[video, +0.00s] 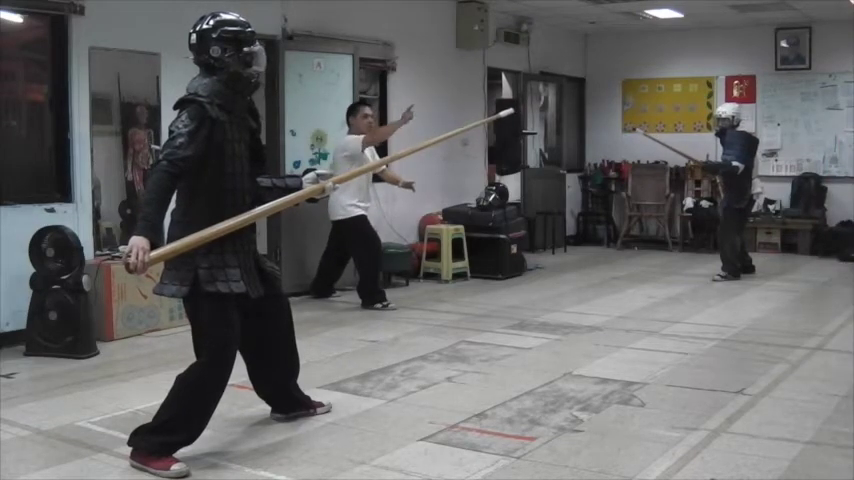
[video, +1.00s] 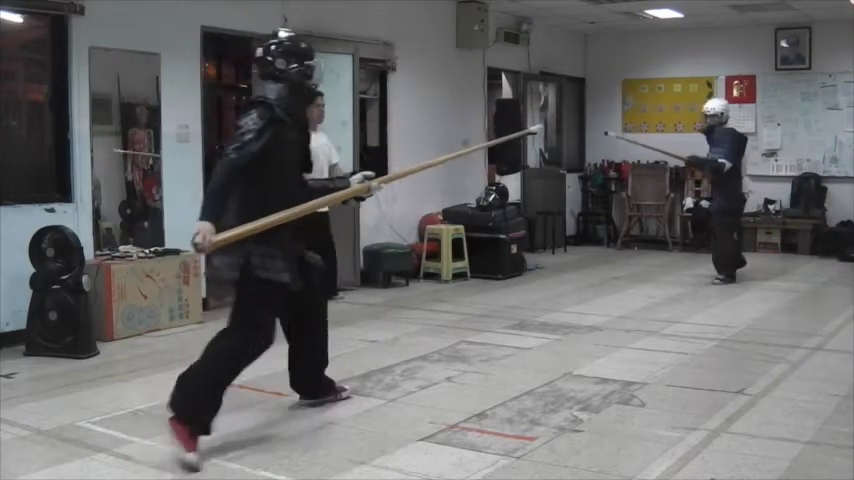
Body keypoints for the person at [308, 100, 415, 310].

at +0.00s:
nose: (371, 120)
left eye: (372, 117)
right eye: (365, 117)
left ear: (372, 120)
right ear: (351, 120)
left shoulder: (368, 149)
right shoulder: (345, 143)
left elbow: (382, 171)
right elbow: (375, 138)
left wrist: (400, 182)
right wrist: (400, 123)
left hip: (355, 207)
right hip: (345, 208)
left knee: (337, 251)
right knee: (370, 246)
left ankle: (321, 288)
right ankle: (371, 298)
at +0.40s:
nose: (369, 118)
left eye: (369, 115)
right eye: (363, 115)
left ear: (367, 119)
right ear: (349, 119)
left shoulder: (361, 147)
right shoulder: (348, 140)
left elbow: (377, 173)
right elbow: (372, 145)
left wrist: (397, 187)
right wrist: (397, 132)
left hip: (351, 208)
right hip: (345, 208)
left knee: (356, 247)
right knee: (372, 244)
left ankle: (327, 282)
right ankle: (372, 297)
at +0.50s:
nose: (361, 118)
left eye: (362, 114)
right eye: (356, 114)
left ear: (362, 120)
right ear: (342, 120)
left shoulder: (346, 143)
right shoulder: (344, 144)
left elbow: (364, 175)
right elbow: (363, 172)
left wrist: (387, 186)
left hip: (344, 208)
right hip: (344, 208)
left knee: (357, 250)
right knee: (368, 247)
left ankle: (330, 283)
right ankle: (372, 298)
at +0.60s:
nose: (353, 116)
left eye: (354, 112)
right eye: (348, 112)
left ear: (354, 117)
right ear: (335, 118)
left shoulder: (350, 145)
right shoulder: (331, 144)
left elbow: (359, 179)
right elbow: (327, 179)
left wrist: (373, 204)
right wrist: (337, 210)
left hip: (351, 210)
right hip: (336, 211)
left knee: (350, 254)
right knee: (356, 254)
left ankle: (326, 289)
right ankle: (371, 297)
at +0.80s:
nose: (340, 111)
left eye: (341, 107)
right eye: (335, 107)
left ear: (340, 111)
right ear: (322, 112)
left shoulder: (342, 139)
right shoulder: (313, 137)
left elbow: (344, 169)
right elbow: (300, 169)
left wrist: (348, 190)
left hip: (337, 202)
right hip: (316, 203)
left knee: (335, 247)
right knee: (328, 247)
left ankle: (321, 289)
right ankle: (337, 293)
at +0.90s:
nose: (331, 110)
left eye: (332, 106)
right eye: (326, 106)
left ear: (331, 109)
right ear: (313, 110)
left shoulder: (331, 136)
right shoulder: (306, 136)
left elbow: (334, 164)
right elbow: (299, 165)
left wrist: (338, 185)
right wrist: (300, 190)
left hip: (328, 189)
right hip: (311, 191)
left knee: (331, 240)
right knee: (317, 242)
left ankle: (332, 285)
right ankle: (318, 288)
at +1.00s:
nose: (322, 112)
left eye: (323, 107)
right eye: (317, 107)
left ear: (322, 110)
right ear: (304, 110)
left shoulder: (322, 139)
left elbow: (335, 171)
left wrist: (355, 180)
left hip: (320, 208)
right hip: (298, 209)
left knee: (325, 250)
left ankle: (328, 289)